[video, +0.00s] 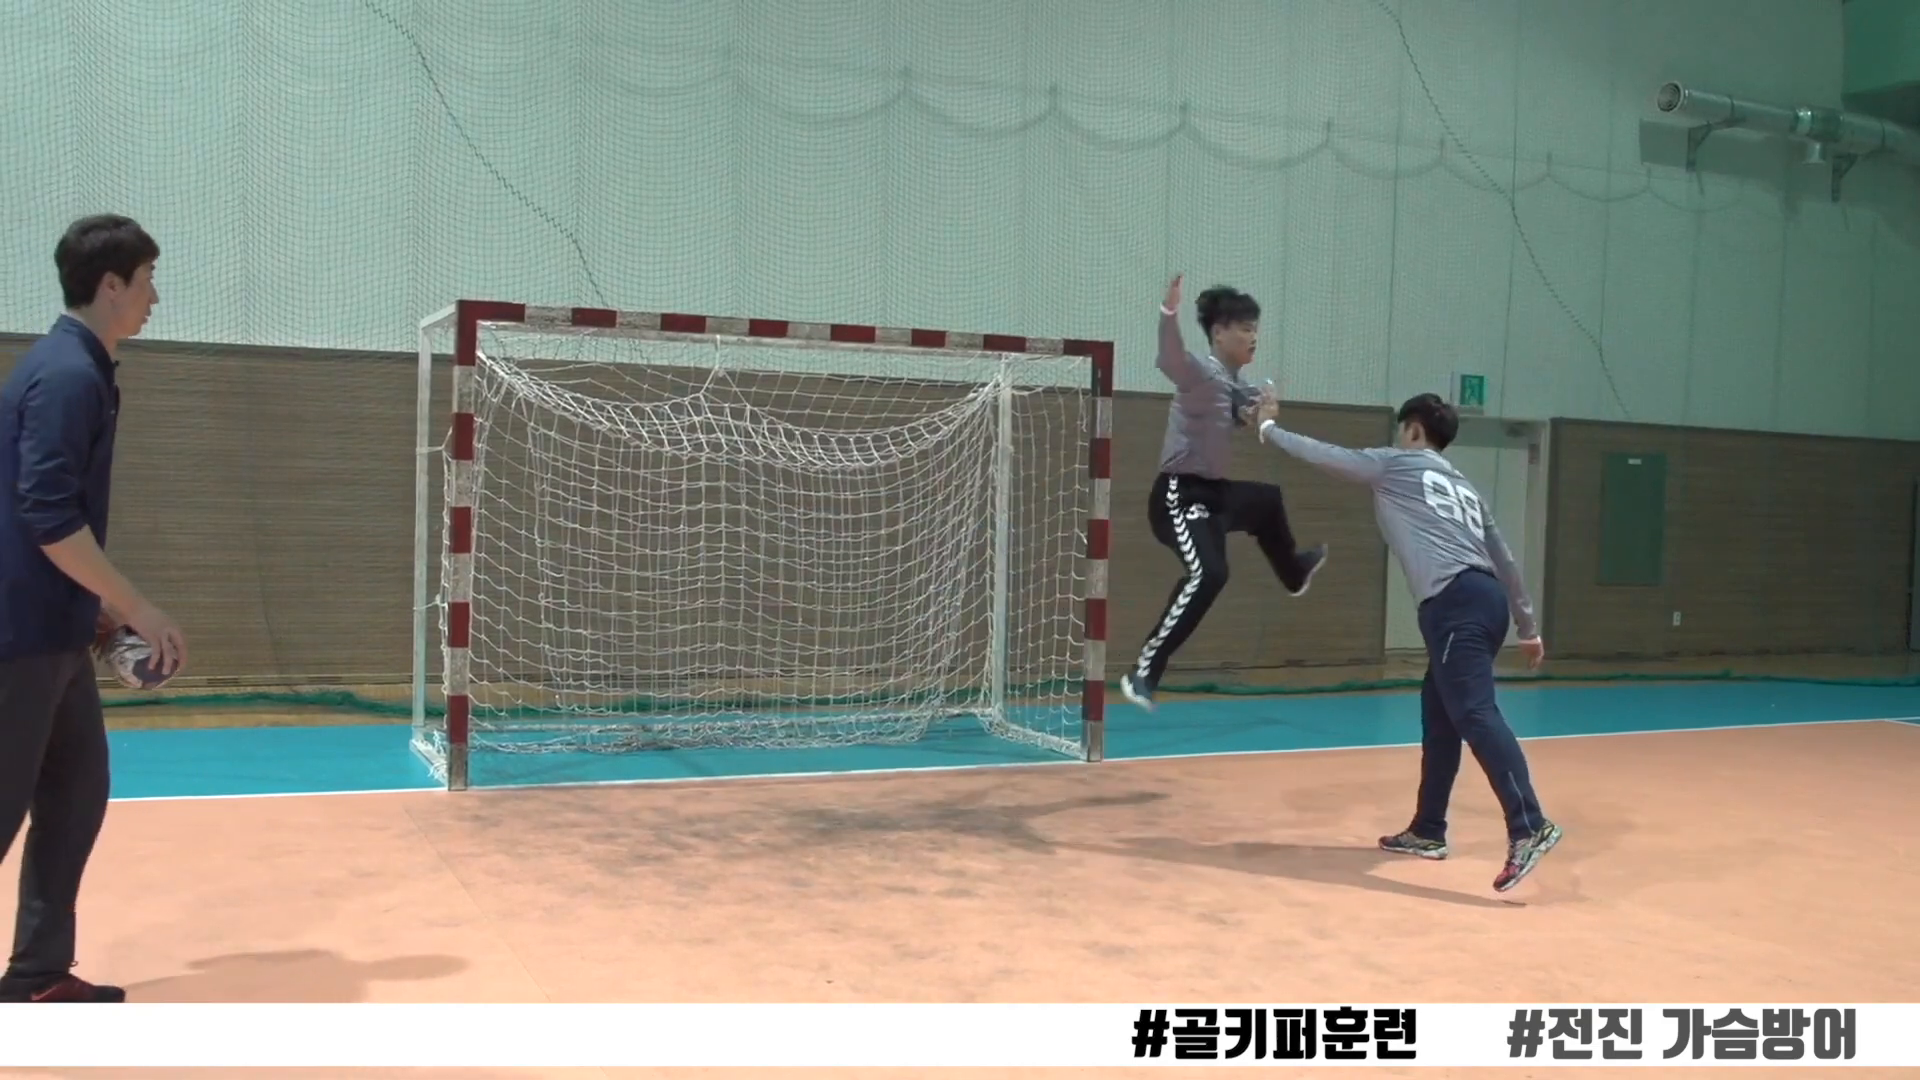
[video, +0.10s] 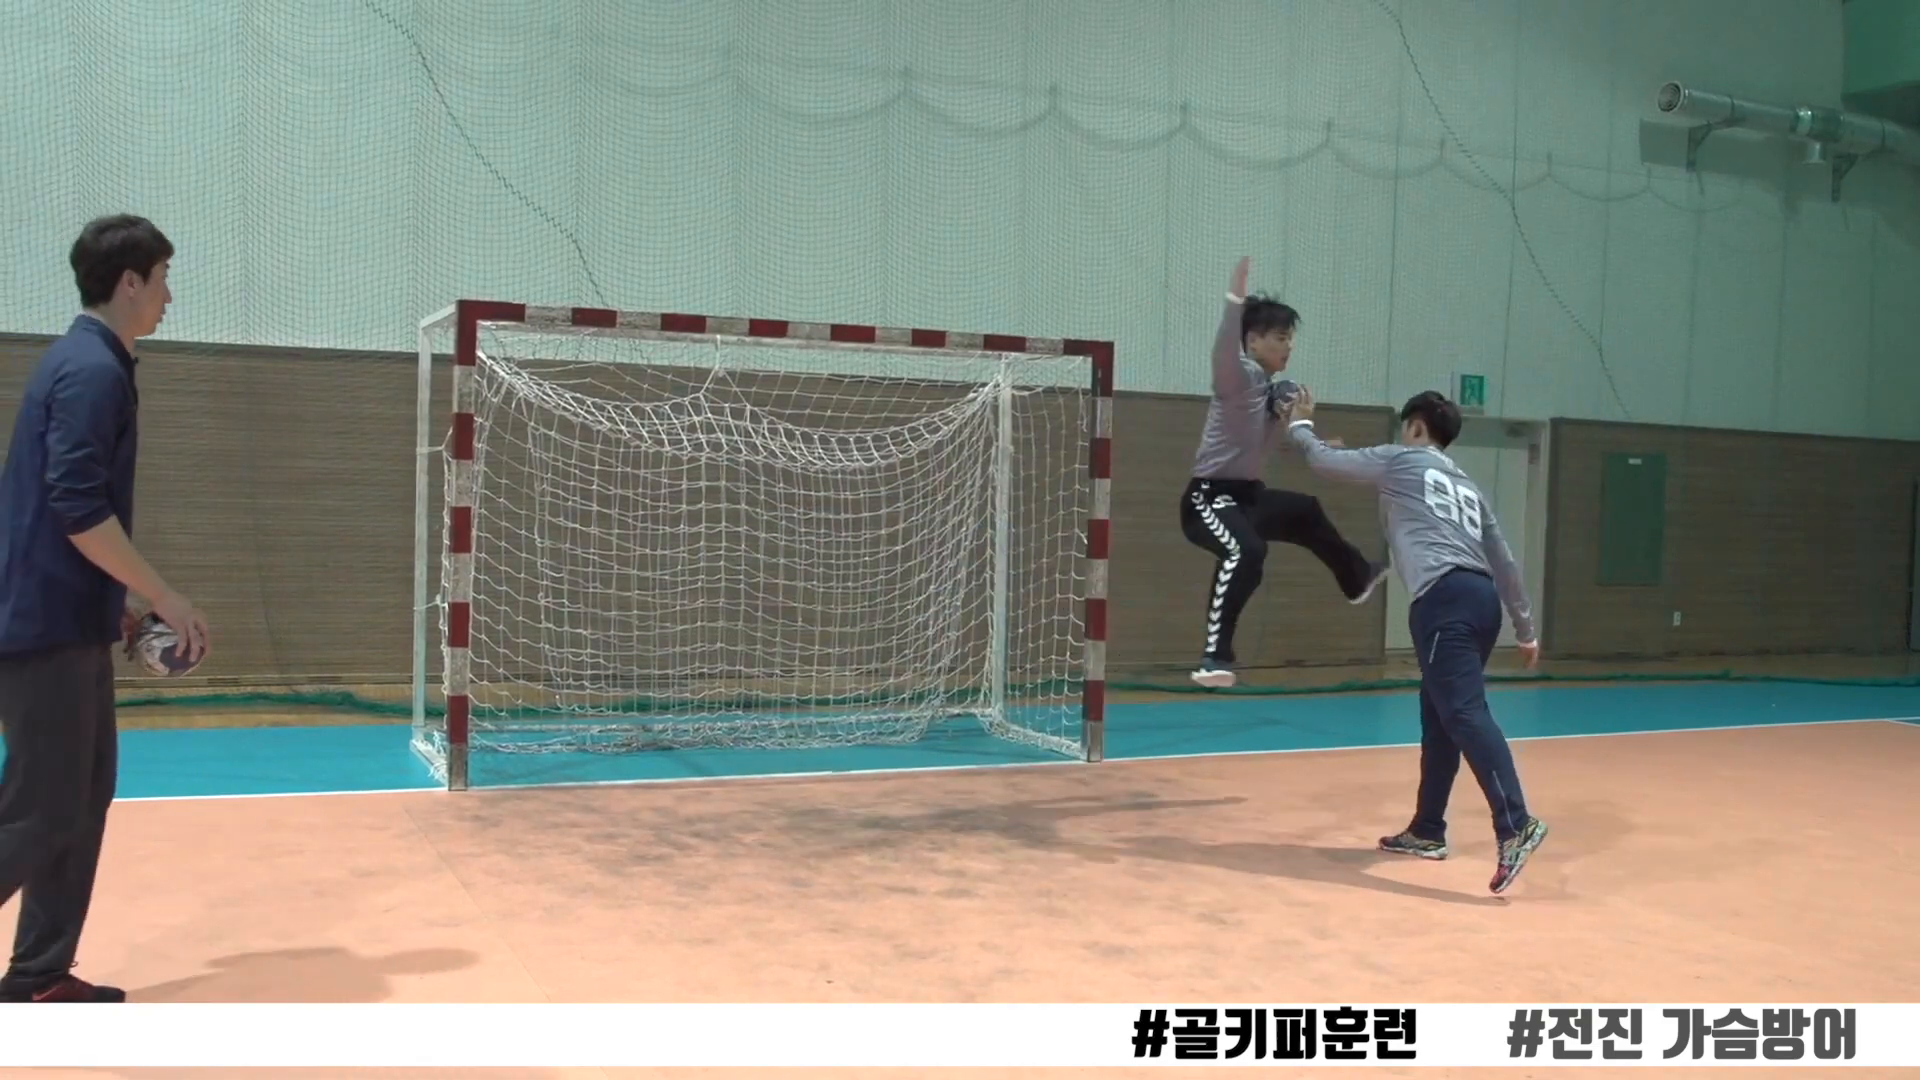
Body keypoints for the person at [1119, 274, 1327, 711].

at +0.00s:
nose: (1253, 338)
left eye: (1255, 329)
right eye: (1245, 328)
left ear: (1249, 335)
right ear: (1217, 333)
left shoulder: (1234, 384)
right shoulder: (1199, 372)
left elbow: (1238, 416)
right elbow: (1172, 360)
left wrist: (1260, 408)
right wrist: (1169, 317)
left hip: (1214, 494)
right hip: (1179, 495)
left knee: (1267, 500)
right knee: (1208, 573)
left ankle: (1293, 573)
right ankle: (1143, 674)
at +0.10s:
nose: (1288, 348)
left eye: (1290, 340)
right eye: (1280, 339)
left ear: (1284, 344)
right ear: (1252, 340)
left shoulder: (1276, 390)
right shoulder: (1237, 380)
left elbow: (1279, 440)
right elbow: (1226, 351)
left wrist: (1317, 440)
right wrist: (1234, 306)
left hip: (1250, 497)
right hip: (1208, 498)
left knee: (1306, 512)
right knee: (1246, 549)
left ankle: (1356, 579)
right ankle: (1216, 658)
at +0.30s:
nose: (1324, 404)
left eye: (1326, 397)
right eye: (1314, 397)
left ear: (1325, 401)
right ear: (1291, 399)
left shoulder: (1320, 444)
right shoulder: (1278, 440)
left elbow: (1328, 498)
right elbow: (1280, 451)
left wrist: (1361, 526)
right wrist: (1321, 398)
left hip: (1329, 564)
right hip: (1293, 566)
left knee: (1372, 651)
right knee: (1335, 650)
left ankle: (1405, 741)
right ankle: (1318, 763)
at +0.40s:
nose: (1354, 462)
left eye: (1354, 454)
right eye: (1343, 455)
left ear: (1352, 461)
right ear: (1317, 464)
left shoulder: (1350, 514)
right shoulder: (1310, 512)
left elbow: (1352, 581)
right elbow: (1311, 554)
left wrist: (1397, 604)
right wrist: (1345, 498)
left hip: (1353, 629)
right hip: (1318, 634)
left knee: (1411, 706)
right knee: (1379, 716)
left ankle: (1409, 800)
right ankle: (1355, 827)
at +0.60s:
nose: (1338, 472)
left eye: (1345, 465)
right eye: (1327, 464)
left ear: (1351, 473)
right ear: (1307, 472)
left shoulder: (1329, 524)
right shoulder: (1297, 520)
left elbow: (1333, 583)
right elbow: (1258, 578)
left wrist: (1378, 585)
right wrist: (1285, 627)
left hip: (1320, 639)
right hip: (1282, 644)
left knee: (1376, 711)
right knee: (1349, 714)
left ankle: (1409, 796)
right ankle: (1351, 829)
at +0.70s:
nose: (1299, 442)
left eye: (1308, 434)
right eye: (1290, 434)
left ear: (1319, 443)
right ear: (1274, 441)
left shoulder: (1303, 499)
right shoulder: (1254, 489)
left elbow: (1311, 551)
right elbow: (1215, 546)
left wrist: (1351, 561)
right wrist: (1221, 609)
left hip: (1277, 609)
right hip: (1242, 608)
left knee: (1328, 691)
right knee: (1282, 704)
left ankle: (1332, 803)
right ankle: (1319, 811)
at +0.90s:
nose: (1195, 442)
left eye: (1205, 434)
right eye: (1188, 434)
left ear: (1222, 440)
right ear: (1178, 439)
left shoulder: (1222, 497)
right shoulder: (1162, 489)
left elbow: (1224, 551)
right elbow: (1124, 542)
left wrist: (1249, 582)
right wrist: (1147, 568)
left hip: (1205, 614)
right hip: (1161, 612)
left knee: (1245, 704)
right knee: (1166, 713)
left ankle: (1230, 803)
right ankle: (1086, 779)